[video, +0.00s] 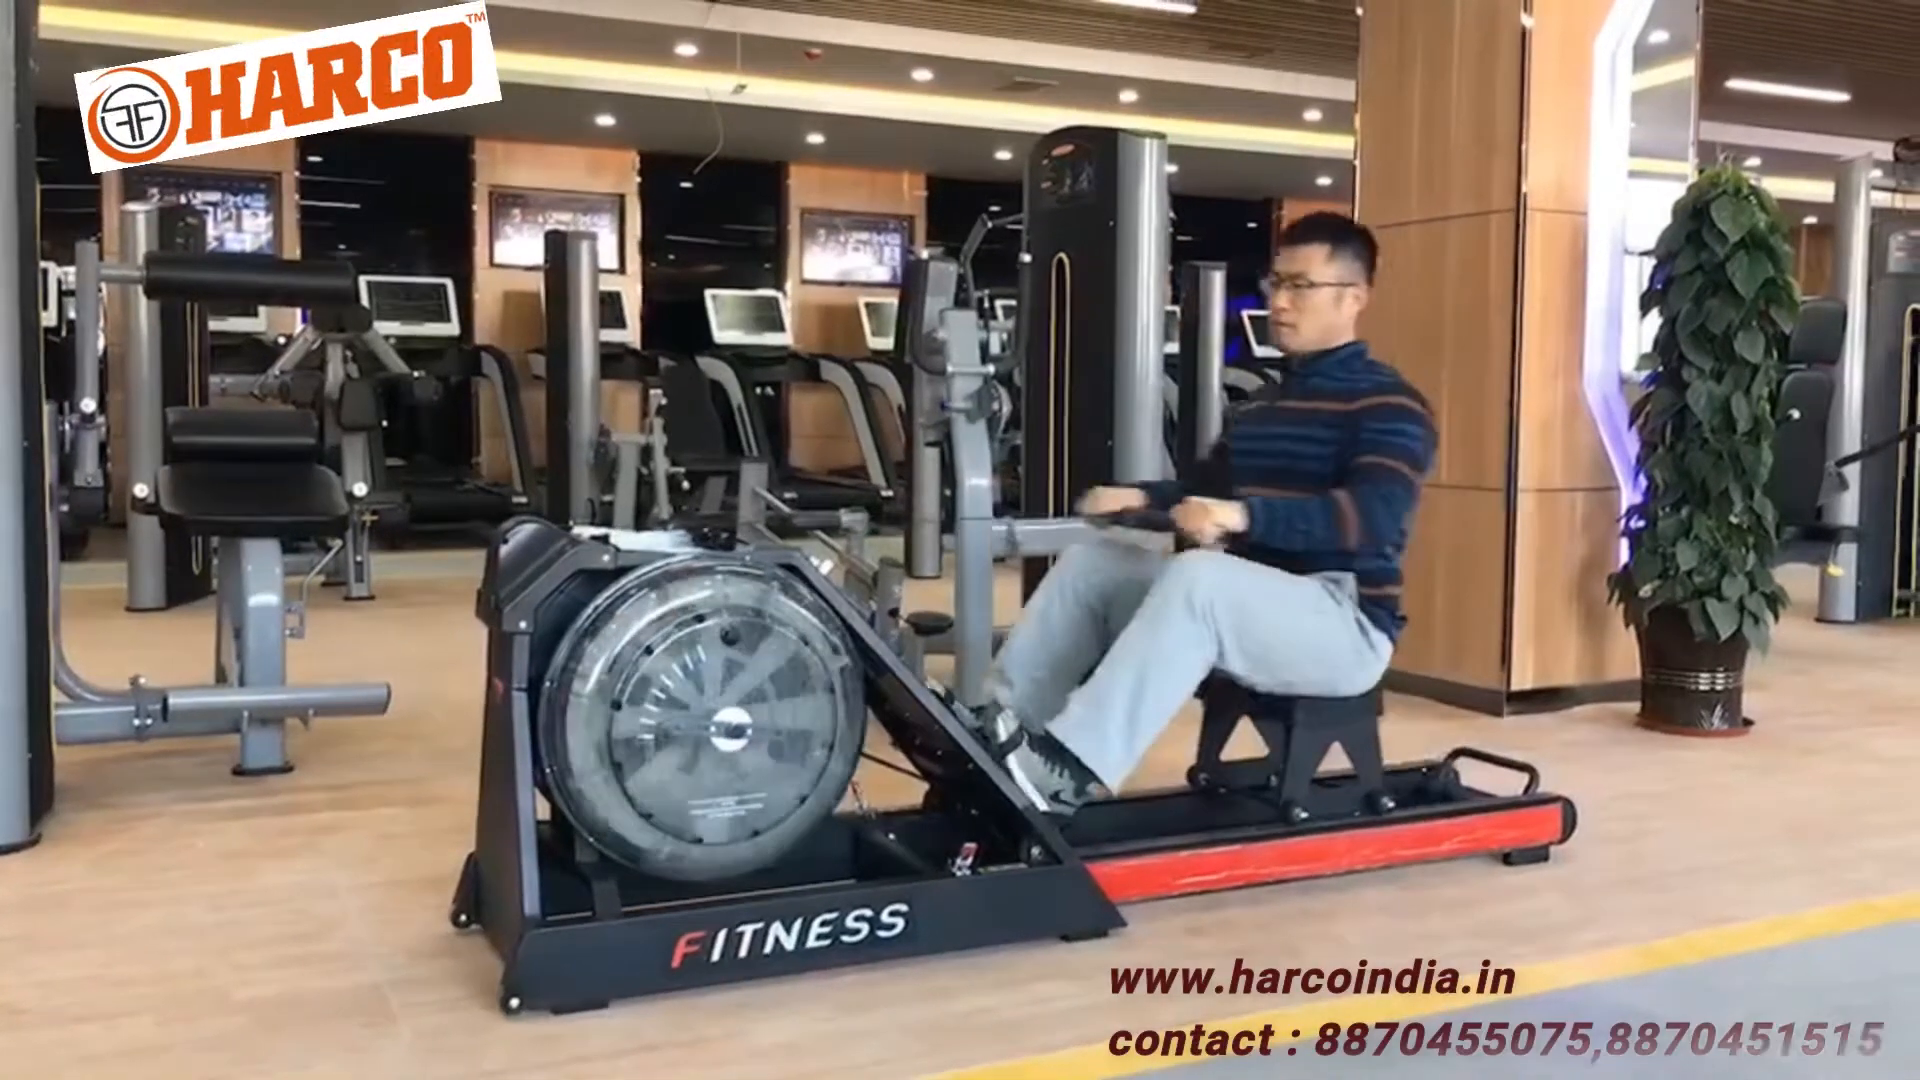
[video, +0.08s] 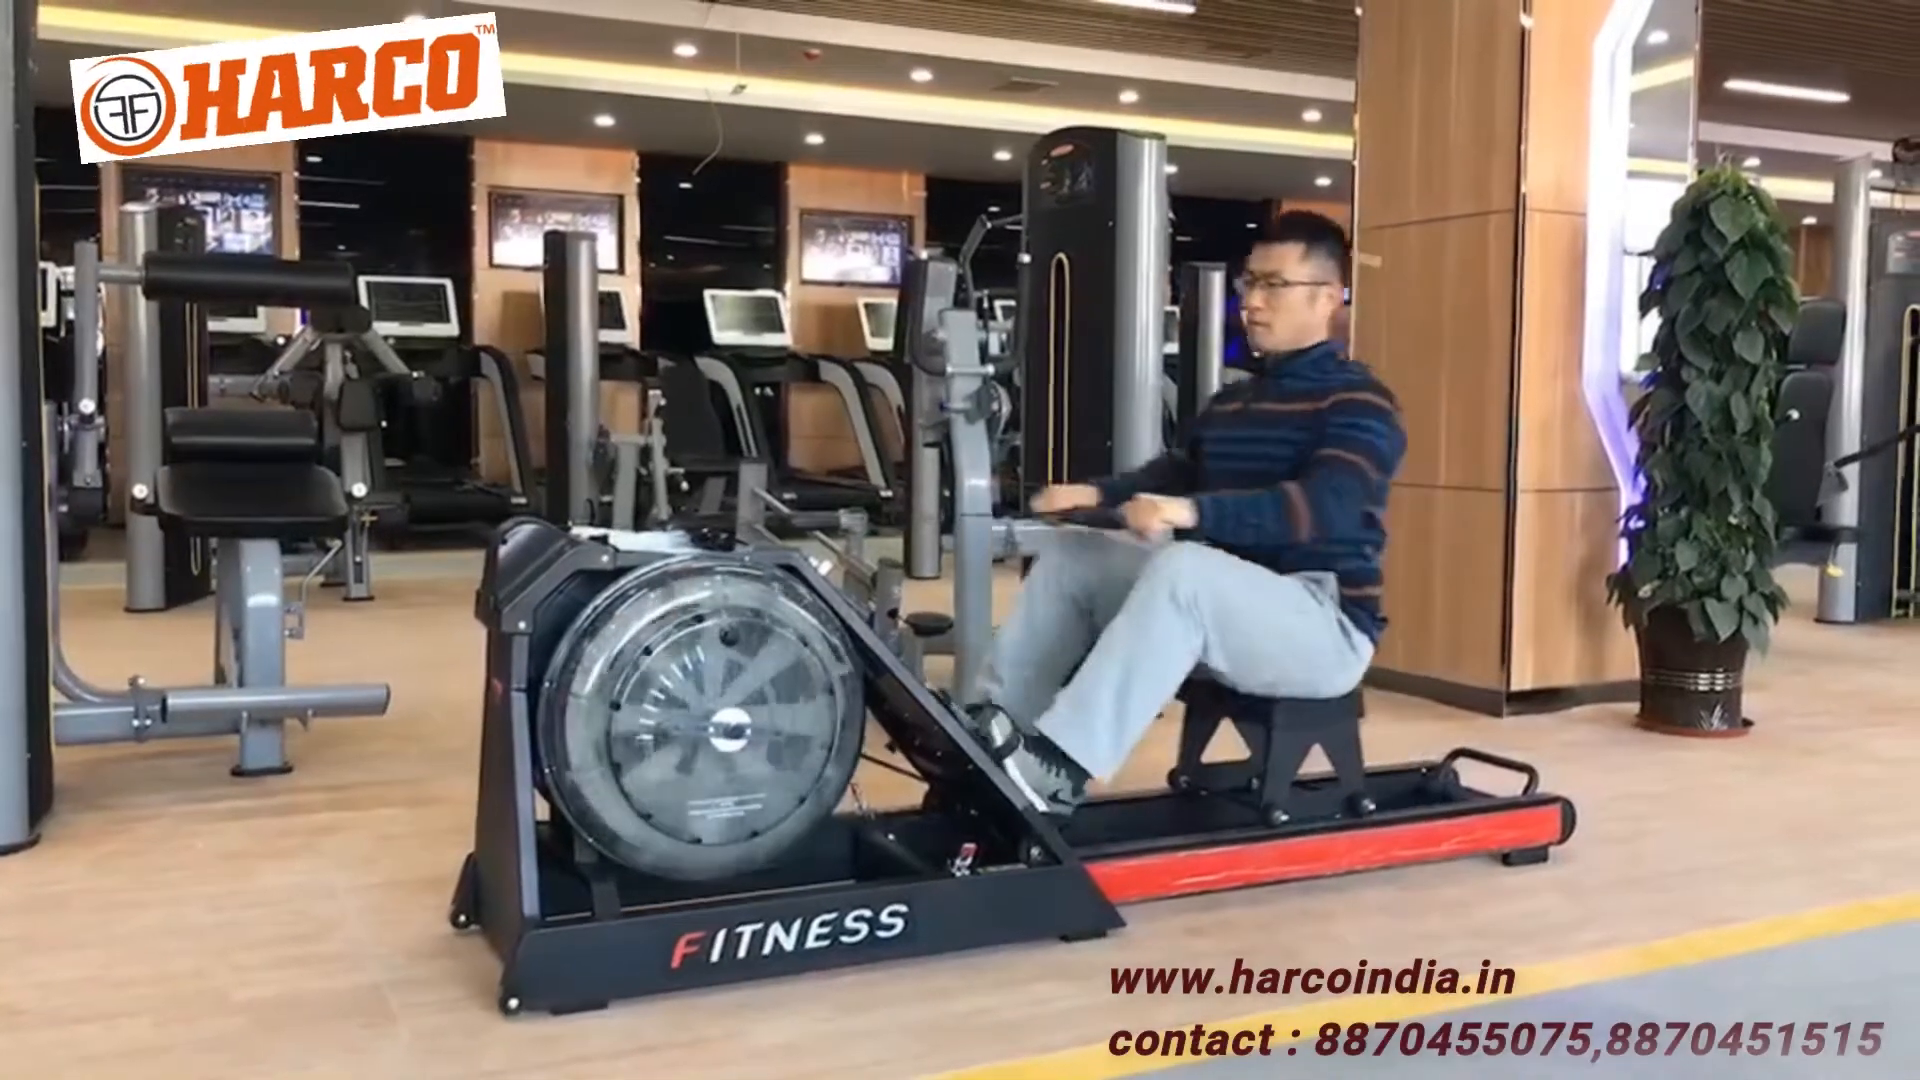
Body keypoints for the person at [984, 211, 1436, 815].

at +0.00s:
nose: (1277, 301)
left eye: (1298, 286)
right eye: (1274, 285)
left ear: (1354, 299)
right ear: (1268, 290)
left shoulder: (1390, 405)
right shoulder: (1266, 404)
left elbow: (1370, 520)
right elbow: (1211, 493)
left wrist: (1248, 516)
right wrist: (1143, 498)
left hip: (1347, 626)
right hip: (1251, 604)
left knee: (1198, 581)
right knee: (1090, 560)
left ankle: (1074, 764)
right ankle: (1000, 725)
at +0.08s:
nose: (1250, 301)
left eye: (1272, 285)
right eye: (1248, 284)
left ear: (1331, 299)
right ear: (1240, 290)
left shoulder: (1359, 403)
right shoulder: (1234, 399)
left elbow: (1321, 508)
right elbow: (1181, 473)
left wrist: (1198, 514)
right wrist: (1099, 495)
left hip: (1326, 624)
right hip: (1229, 601)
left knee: (1182, 575)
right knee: (1069, 559)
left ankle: (1062, 764)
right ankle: (989, 732)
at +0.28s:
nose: (1184, 298)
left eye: (1206, 283)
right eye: (1183, 282)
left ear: (1263, 298)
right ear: (1177, 287)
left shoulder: (1289, 398)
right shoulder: (1171, 394)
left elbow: (1200, 479)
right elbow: (1086, 457)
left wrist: (1068, 505)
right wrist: (978, 487)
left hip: (1273, 633)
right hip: (1169, 612)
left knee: (1138, 556)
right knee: (1015, 544)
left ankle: (1049, 765)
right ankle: (978, 737)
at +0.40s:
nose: (1169, 296)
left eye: (1189, 282)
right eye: (1167, 281)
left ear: (1246, 297)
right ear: (1161, 287)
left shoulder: (1268, 398)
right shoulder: (1156, 394)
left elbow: (1169, 471)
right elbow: (1065, 452)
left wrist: (1040, 502)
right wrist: (955, 486)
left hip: (1259, 634)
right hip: (1161, 613)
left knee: (1123, 551)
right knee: (999, 537)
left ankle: (1046, 766)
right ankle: (980, 735)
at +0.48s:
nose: (1171, 296)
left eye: (1192, 282)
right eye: (1169, 280)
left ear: (1249, 297)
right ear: (1163, 287)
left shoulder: (1271, 398)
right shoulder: (1159, 394)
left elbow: (1179, 472)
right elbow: (1069, 452)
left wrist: (1048, 501)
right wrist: (959, 487)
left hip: (1260, 631)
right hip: (1162, 610)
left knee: (1125, 553)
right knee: (998, 538)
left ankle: (1046, 766)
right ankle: (979, 734)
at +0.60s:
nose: (1195, 295)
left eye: (1217, 282)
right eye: (1193, 280)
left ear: (1273, 298)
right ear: (1186, 287)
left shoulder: (1295, 397)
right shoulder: (1182, 387)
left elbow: (1202, 473)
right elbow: (1094, 449)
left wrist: (1075, 498)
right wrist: (983, 478)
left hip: (1275, 628)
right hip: (1177, 600)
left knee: (1137, 558)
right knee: (1028, 546)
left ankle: (1046, 765)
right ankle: (970, 734)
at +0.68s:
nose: (1219, 296)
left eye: (1239, 283)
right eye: (1217, 280)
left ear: (1291, 299)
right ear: (1207, 287)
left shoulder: (1314, 399)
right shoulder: (1198, 395)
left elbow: (1225, 474)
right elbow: (1109, 452)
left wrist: (1097, 496)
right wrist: (1004, 477)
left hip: (1288, 626)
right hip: (1191, 595)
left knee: (1150, 563)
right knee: (1039, 552)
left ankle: (1047, 767)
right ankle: (967, 740)